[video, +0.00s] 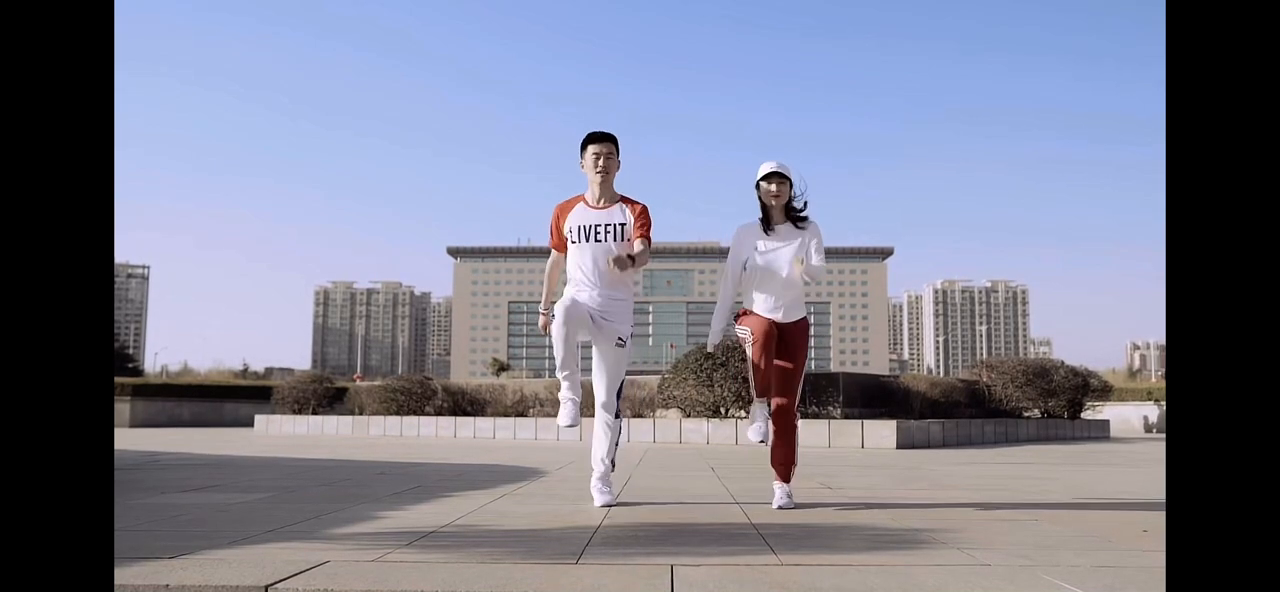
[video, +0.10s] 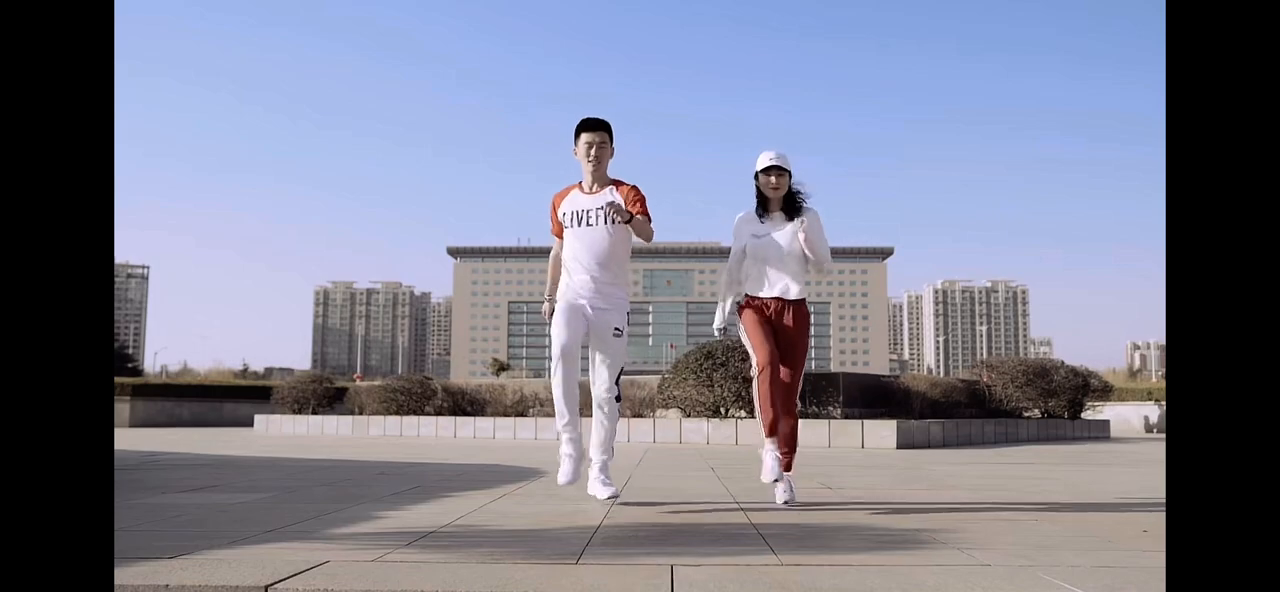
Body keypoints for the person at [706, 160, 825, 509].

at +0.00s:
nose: (775, 187)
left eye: (781, 182)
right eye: (768, 183)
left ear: (790, 188)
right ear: (758, 190)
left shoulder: (807, 229)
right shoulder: (745, 233)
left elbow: (817, 272)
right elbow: (728, 284)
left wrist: (805, 264)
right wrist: (717, 330)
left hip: (794, 320)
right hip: (755, 315)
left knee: (783, 406)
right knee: (763, 329)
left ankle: (782, 483)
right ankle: (760, 407)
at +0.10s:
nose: (774, 178)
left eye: (780, 173)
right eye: (767, 173)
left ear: (789, 178)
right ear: (758, 180)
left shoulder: (805, 218)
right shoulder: (745, 221)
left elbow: (822, 261)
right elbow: (733, 268)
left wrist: (808, 226)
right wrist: (724, 306)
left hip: (793, 309)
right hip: (753, 307)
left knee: (787, 390)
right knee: (765, 363)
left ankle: (784, 474)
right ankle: (770, 443)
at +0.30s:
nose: (774, 188)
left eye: (780, 183)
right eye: (767, 184)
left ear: (788, 190)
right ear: (757, 191)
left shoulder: (807, 231)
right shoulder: (745, 236)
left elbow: (819, 272)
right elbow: (730, 281)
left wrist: (820, 290)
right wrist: (717, 319)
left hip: (796, 327)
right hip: (756, 328)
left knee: (790, 405)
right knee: (763, 400)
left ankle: (787, 477)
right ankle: (770, 481)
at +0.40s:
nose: (773, 177)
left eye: (779, 171)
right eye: (766, 171)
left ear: (788, 178)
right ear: (756, 179)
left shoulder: (805, 218)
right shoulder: (742, 222)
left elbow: (814, 263)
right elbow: (733, 271)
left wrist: (812, 287)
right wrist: (734, 310)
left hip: (793, 305)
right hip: (754, 305)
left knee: (782, 381)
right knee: (759, 393)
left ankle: (787, 428)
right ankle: (763, 477)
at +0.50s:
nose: (774, 185)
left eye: (781, 180)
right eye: (768, 179)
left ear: (789, 187)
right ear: (757, 187)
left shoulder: (803, 227)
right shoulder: (741, 228)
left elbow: (817, 269)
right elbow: (731, 272)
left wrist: (813, 282)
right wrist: (749, 295)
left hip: (793, 310)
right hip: (754, 312)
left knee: (778, 348)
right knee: (757, 398)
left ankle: (785, 414)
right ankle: (763, 480)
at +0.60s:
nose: (778, 176)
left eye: (784, 172)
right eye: (771, 171)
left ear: (792, 180)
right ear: (761, 177)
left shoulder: (804, 220)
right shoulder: (742, 219)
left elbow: (814, 267)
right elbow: (728, 263)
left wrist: (820, 302)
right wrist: (743, 288)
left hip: (795, 307)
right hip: (754, 311)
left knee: (775, 338)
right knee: (758, 399)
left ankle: (778, 419)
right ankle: (763, 480)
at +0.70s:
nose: (779, 172)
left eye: (786, 168)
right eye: (773, 167)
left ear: (794, 176)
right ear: (762, 173)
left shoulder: (804, 215)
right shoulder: (745, 211)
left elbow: (813, 264)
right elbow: (729, 261)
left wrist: (822, 307)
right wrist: (732, 305)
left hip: (795, 302)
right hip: (754, 304)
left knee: (777, 353)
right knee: (758, 395)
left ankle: (778, 438)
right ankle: (765, 474)